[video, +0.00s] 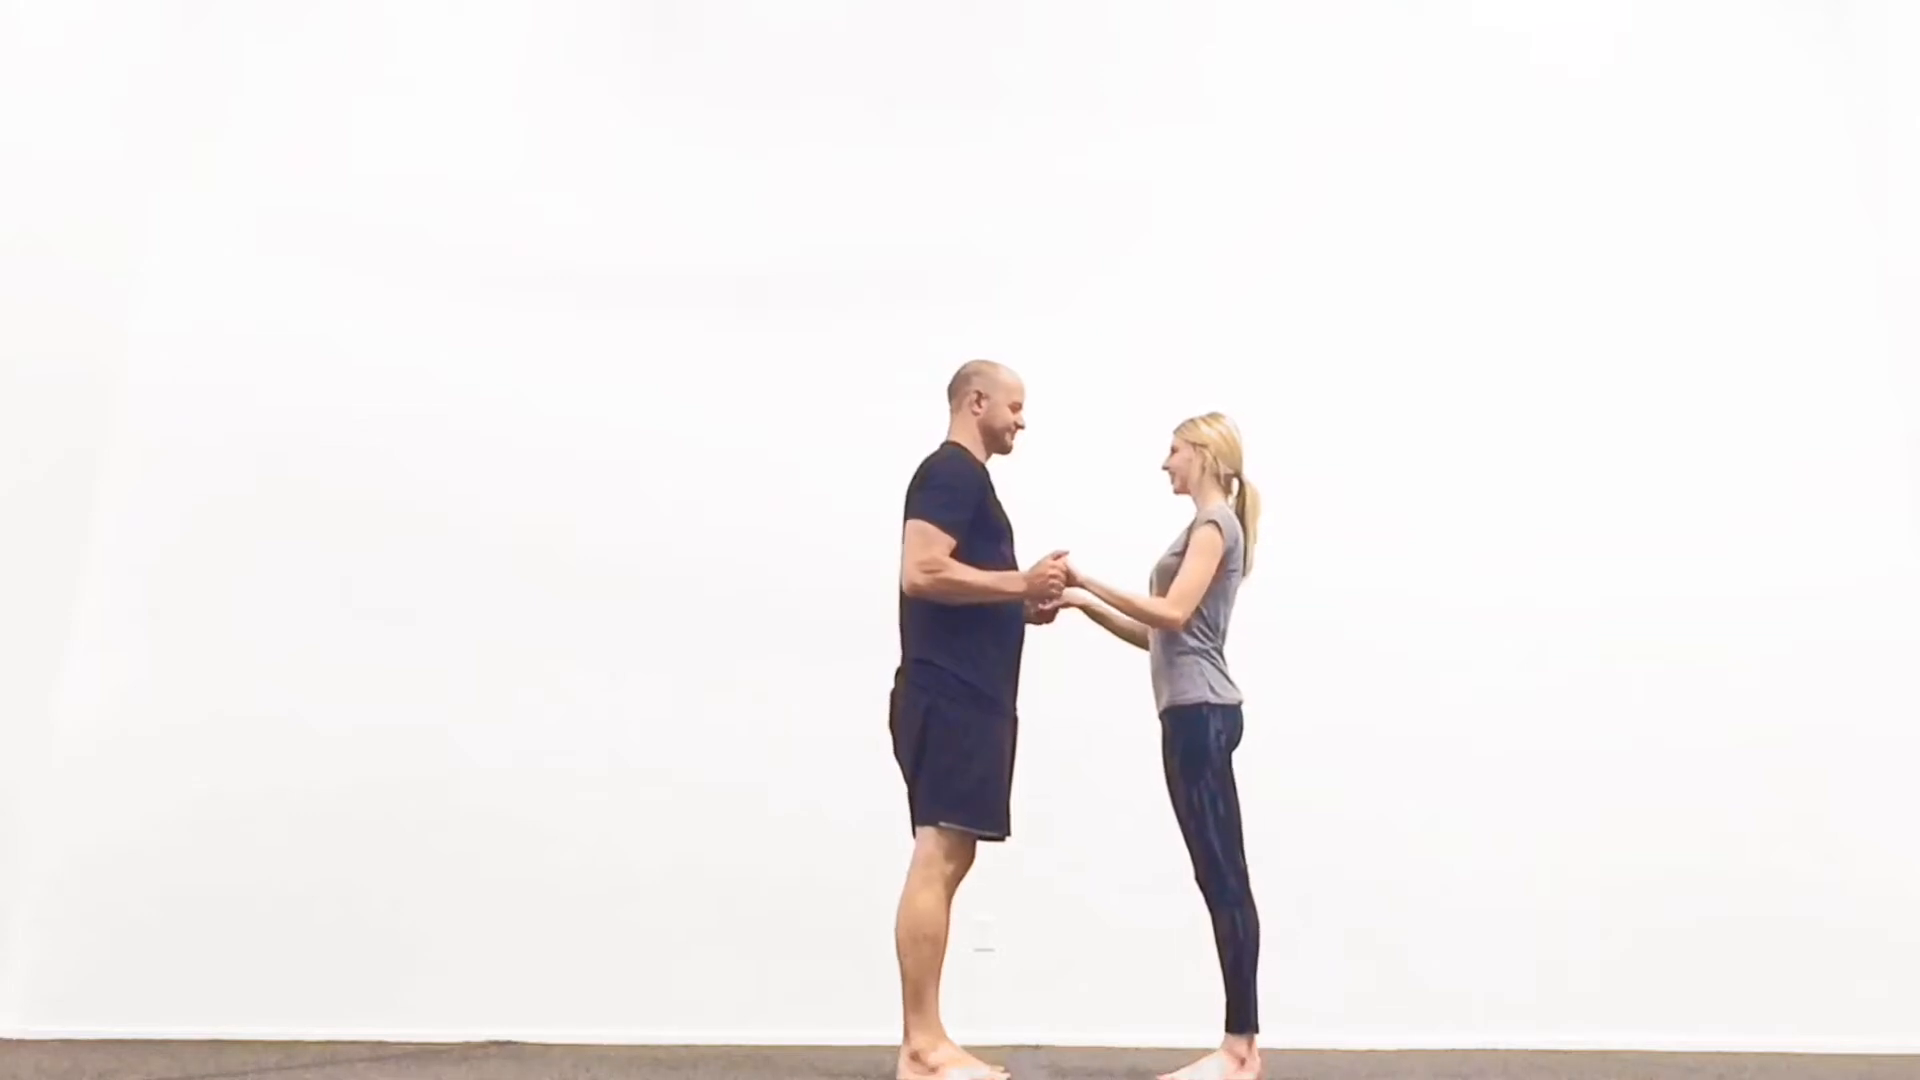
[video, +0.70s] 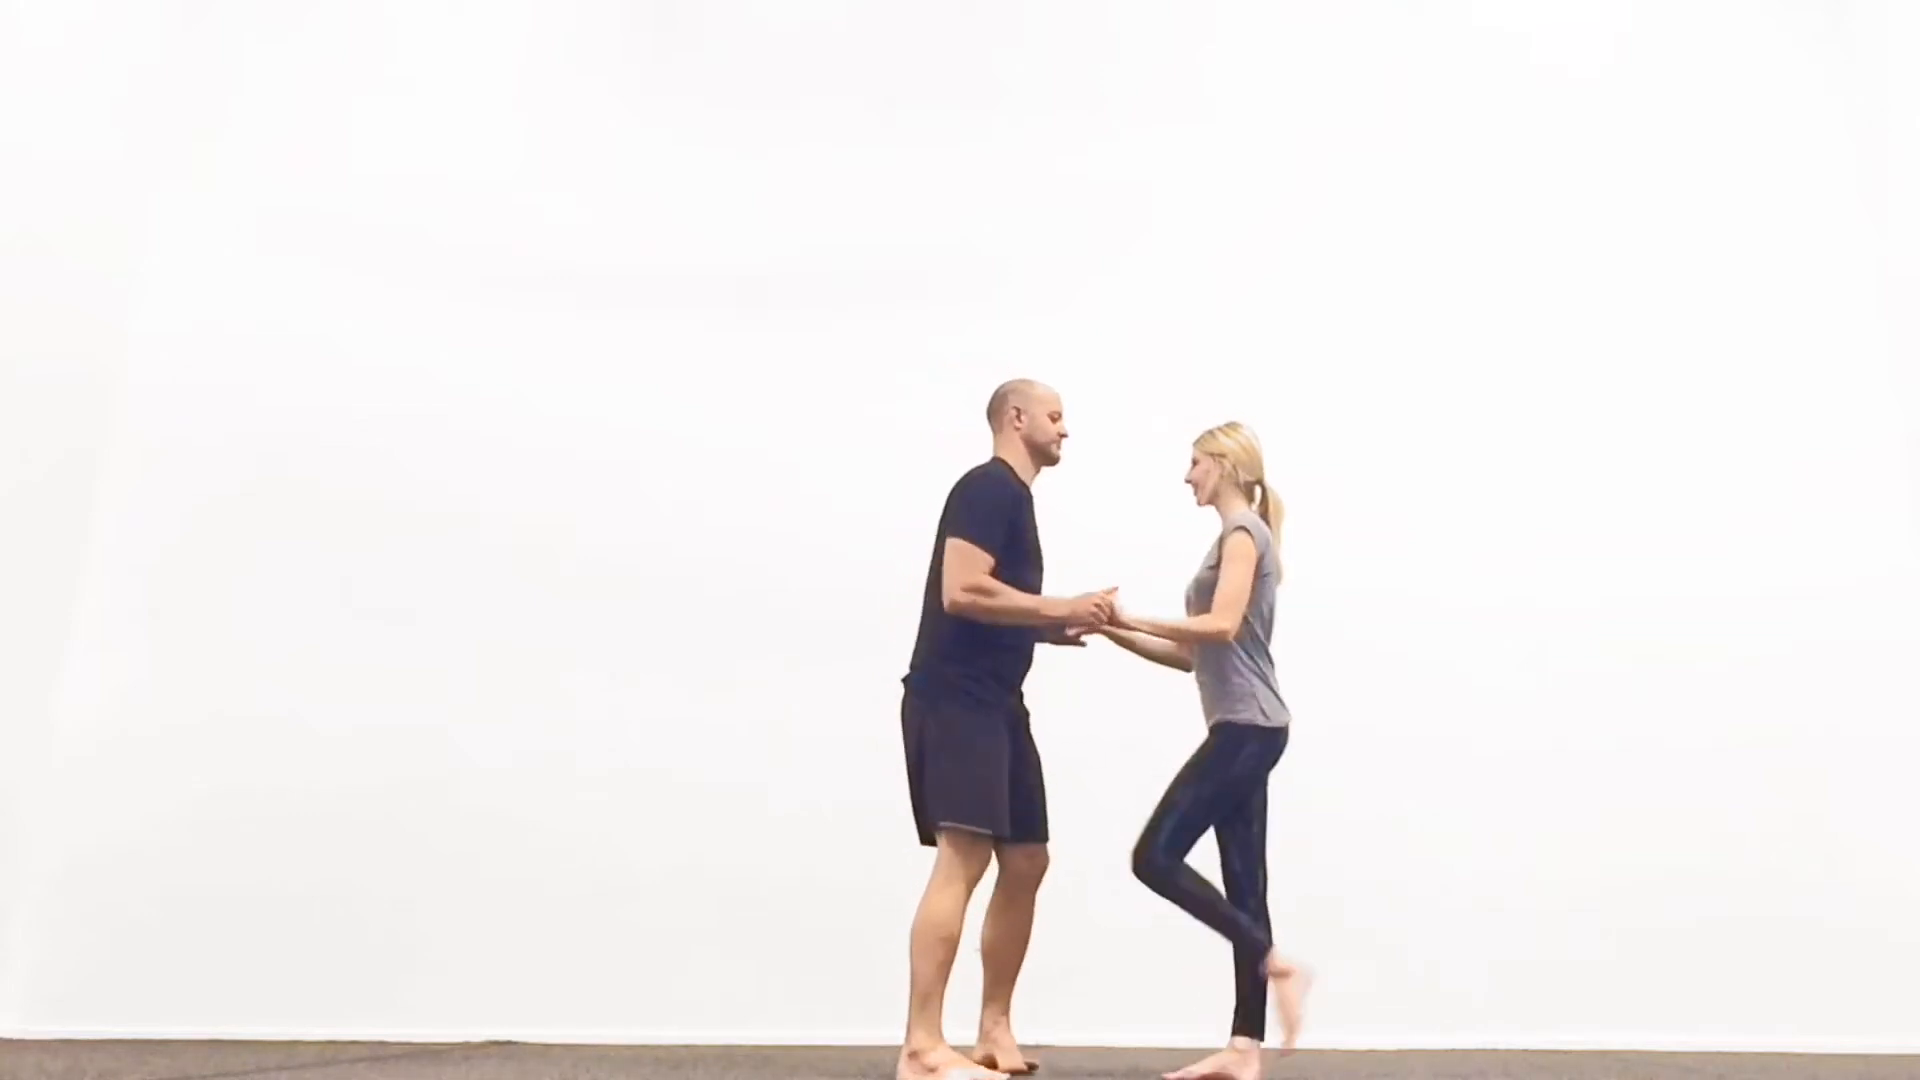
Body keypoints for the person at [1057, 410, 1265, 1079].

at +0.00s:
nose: (1165, 462)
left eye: (1174, 450)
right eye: (1169, 451)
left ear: (1205, 456)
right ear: (1210, 459)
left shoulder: (1212, 523)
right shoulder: (1206, 530)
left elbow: (1174, 612)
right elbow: (1157, 638)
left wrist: (1085, 582)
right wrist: (1085, 602)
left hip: (1198, 708)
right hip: (1192, 709)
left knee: (1220, 878)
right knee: (1220, 879)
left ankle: (1239, 1047)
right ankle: (1241, 1044)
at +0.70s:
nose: (1188, 473)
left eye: (1195, 461)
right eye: (1191, 462)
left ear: (1223, 465)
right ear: (1227, 468)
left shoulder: (1243, 531)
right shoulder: (1237, 542)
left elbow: (1224, 624)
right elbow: (1191, 655)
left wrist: (1131, 620)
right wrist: (1109, 633)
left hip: (1246, 726)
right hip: (1245, 725)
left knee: (1153, 859)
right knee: (1245, 890)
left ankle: (1277, 966)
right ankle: (1243, 1049)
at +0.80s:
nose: (1214, 476)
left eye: (1222, 465)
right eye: (1216, 465)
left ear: (1250, 470)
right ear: (1258, 473)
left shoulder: (1266, 535)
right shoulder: (1263, 545)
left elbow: (1246, 627)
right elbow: (1207, 656)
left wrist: (1155, 629)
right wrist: (1141, 630)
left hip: (1267, 729)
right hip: (1263, 729)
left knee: (1215, 884)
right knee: (1254, 890)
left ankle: (1358, 961)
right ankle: (1246, 1049)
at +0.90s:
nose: (1244, 478)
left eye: (1252, 466)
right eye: (1246, 466)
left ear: (1280, 470)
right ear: (1283, 471)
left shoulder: (1299, 536)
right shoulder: (1286, 544)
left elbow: (1275, 629)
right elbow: (1223, 639)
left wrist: (1192, 639)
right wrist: (1156, 606)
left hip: (1296, 732)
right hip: (1275, 733)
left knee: (1309, 894)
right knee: (1262, 889)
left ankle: (1442, 996)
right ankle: (1247, 1048)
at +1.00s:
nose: (1275, 480)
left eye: (1281, 468)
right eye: (1277, 469)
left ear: (1309, 471)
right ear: (1312, 473)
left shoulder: (1331, 538)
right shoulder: (1311, 550)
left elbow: (1321, 632)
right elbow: (1244, 626)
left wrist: (1240, 669)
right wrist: (1176, 587)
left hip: (1341, 730)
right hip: (1306, 735)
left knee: (1395, 884)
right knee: (1273, 883)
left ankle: (1499, 1021)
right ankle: (1247, 1047)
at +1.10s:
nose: (1305, 486)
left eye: (1311, 474)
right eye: (1306, 475)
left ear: (1339, 476)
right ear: (1346, 478)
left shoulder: (1365, 543)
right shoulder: (1340, 556)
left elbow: (1371, 642)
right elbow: (1264, 617)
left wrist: (1303, 712)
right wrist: (1203, 568)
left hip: (1381, 733)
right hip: (1342, 738)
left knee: (1449, 881)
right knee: (1290, 883)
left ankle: (1524, 1035)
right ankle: (1246, 1043)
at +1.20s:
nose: (1329, 489)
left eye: (1336, 478)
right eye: (1330, 479)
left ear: (1365, 481)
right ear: (1365, 483)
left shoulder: (1396, 548)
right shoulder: (1355, 561)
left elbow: (1404, 650)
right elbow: (1280, 607)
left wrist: (1374, 742)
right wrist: (1227, 550)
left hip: (1411, 736)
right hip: (1358, 741)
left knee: (1475, 883)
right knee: (1306, 886)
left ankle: (1531, 1045)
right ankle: (1243, 1037)